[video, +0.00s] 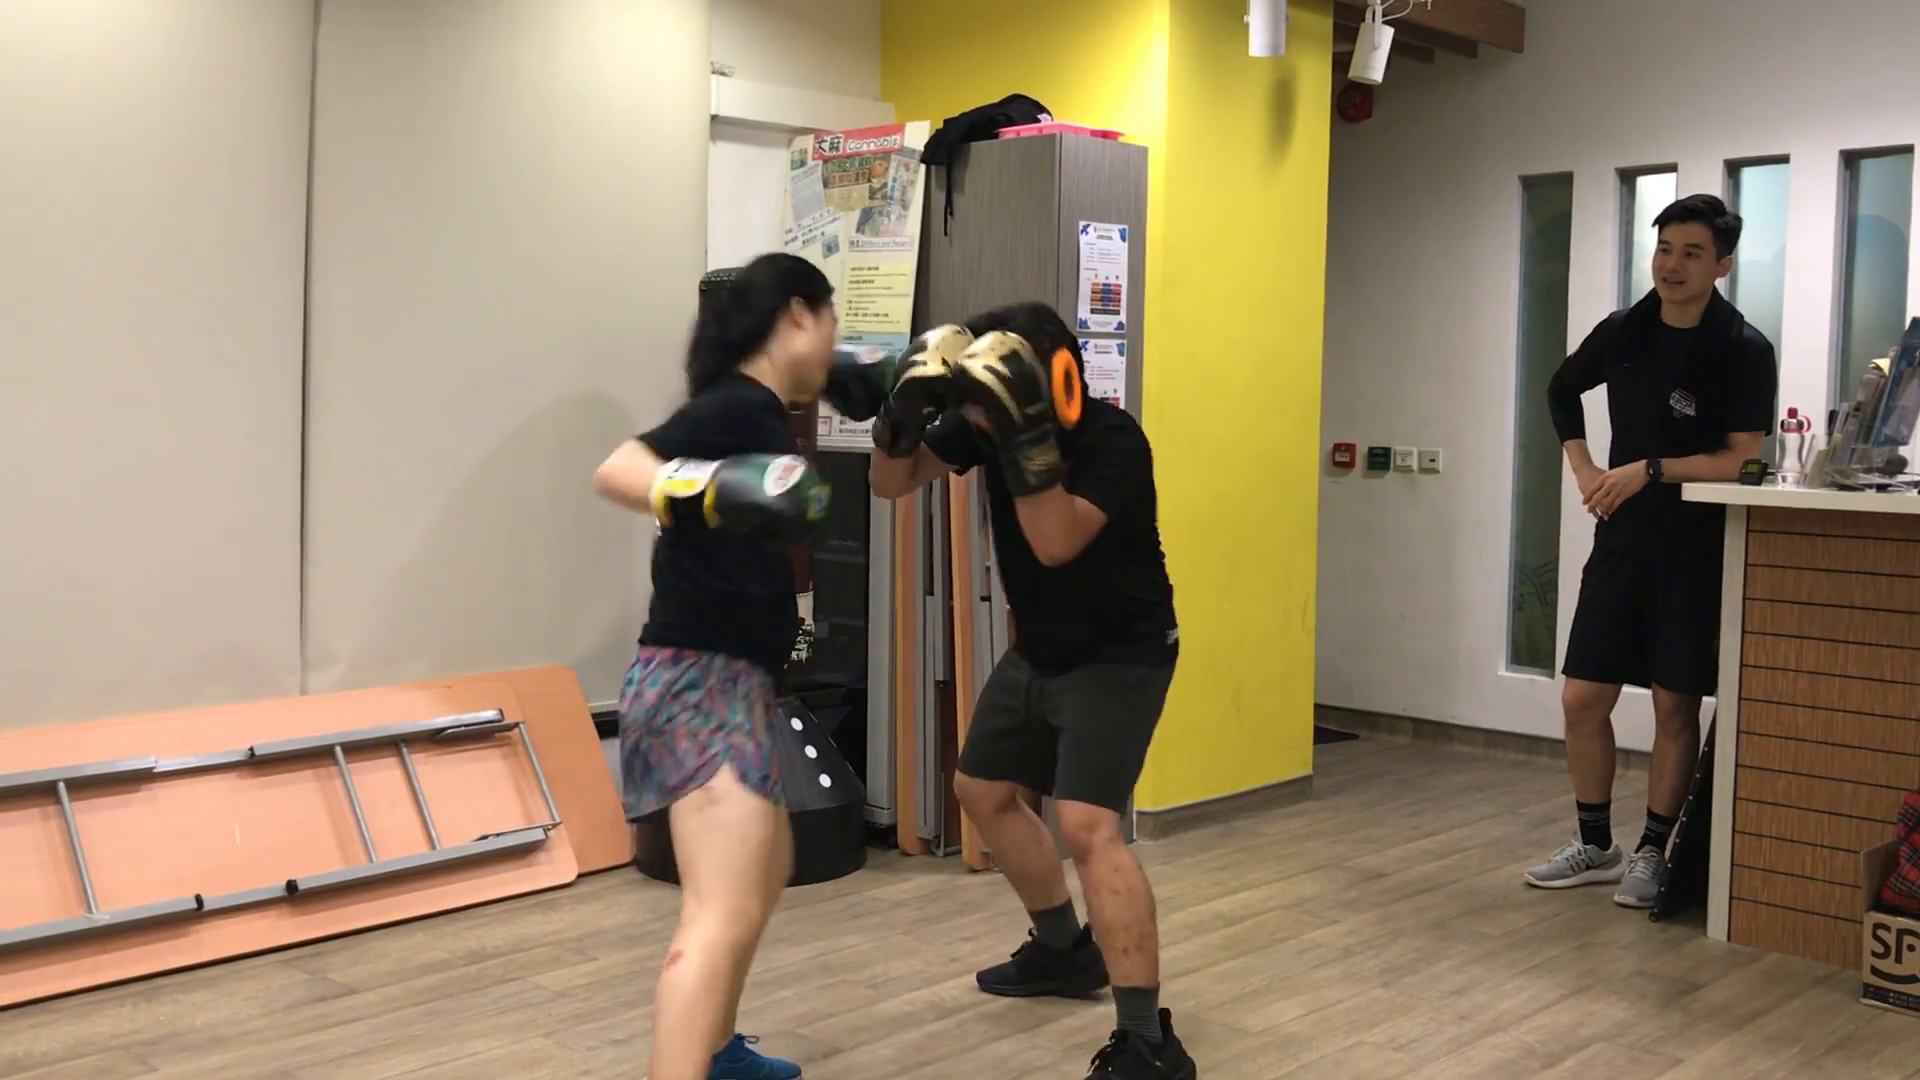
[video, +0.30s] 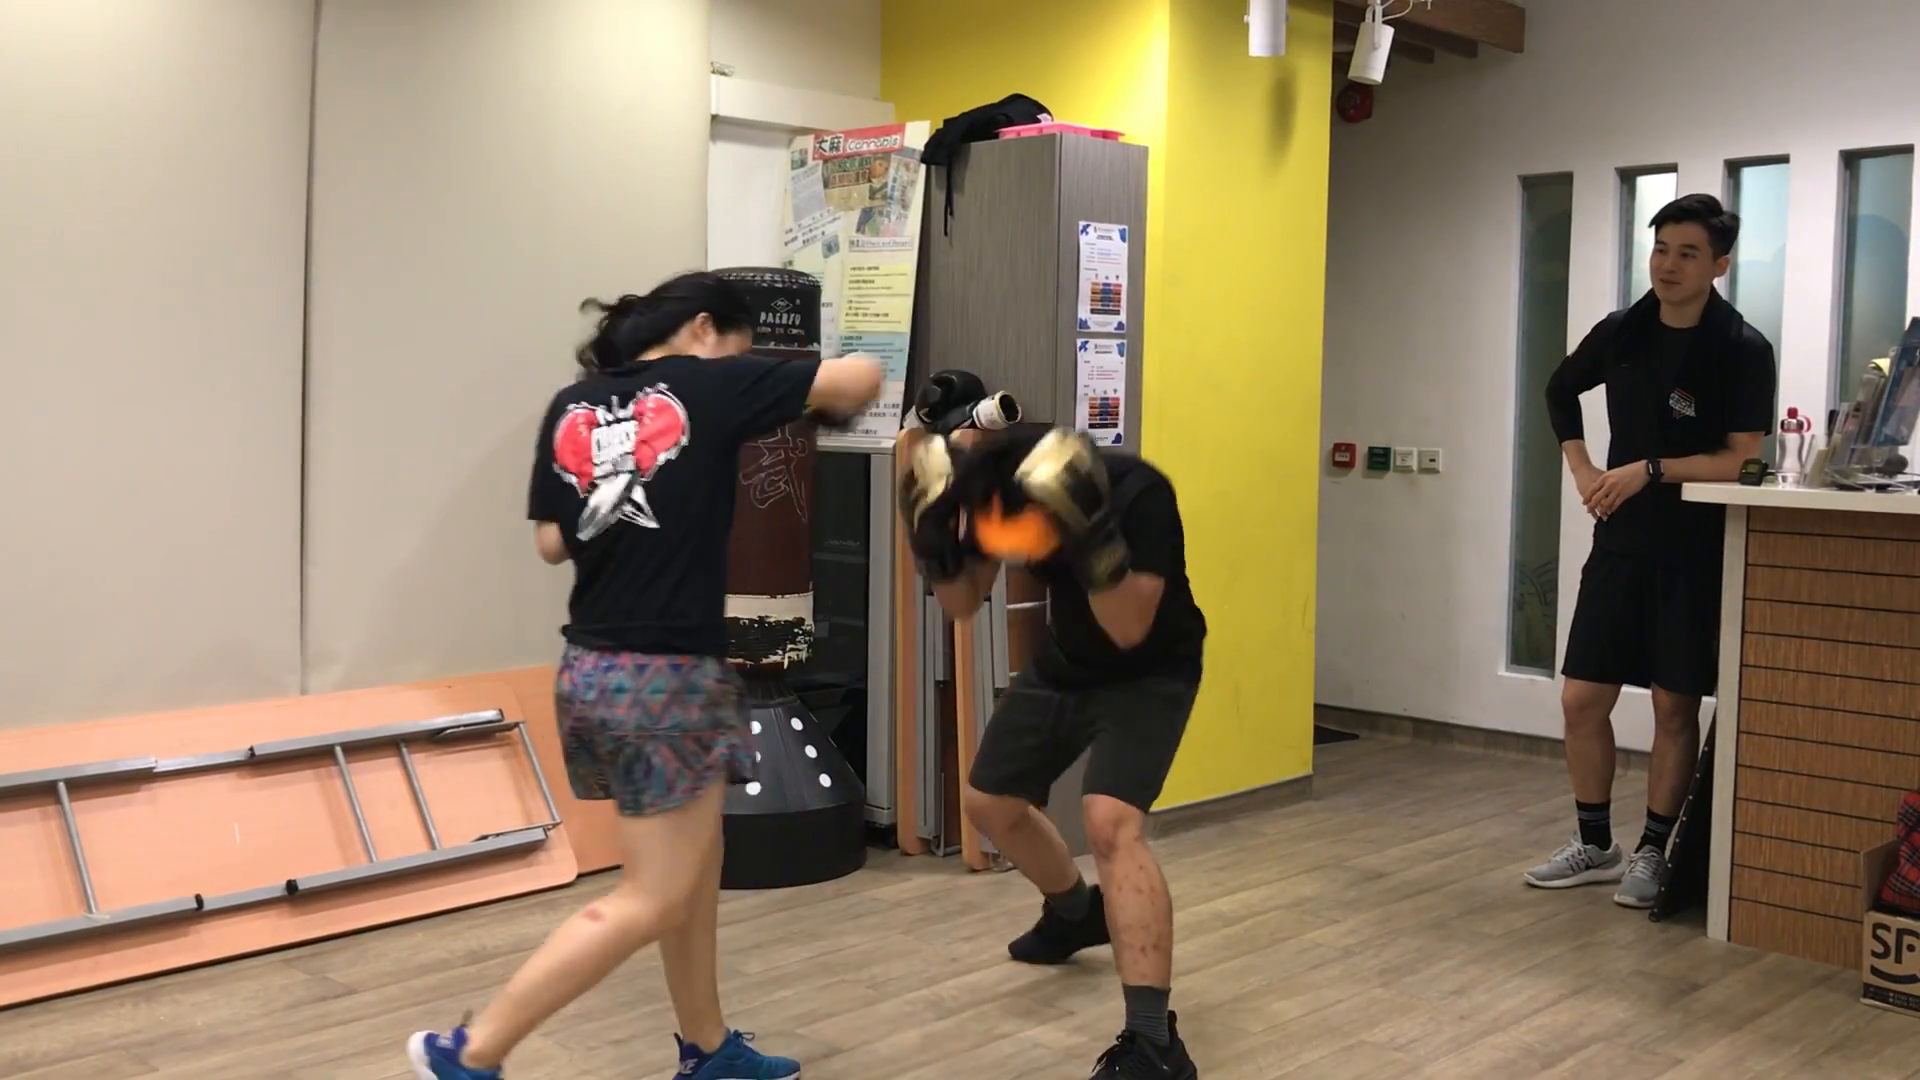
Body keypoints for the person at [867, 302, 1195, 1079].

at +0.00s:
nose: (995, 397)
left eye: (1008, 382)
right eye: (989, 385)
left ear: (1053, 376)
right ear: (985, 392)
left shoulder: (1113, 441)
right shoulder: (995, 433)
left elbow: (1056, 541)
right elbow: (892, 482)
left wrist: (1024, 439)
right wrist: (906, 412)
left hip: (1120, 657)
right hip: (1039, 653)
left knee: (1086, 820)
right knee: (984, 788)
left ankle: (1145, 1038)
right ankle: (1063, 948)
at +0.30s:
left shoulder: (1137, 490)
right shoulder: (996, 486)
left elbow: (1129, 626)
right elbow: (961, 604)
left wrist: (1091, 531)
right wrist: (932, 529)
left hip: (1152, 667)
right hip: (1064, 660)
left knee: (1112, 819)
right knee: (990, 804)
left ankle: (1151, 1042)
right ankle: (1075, 909)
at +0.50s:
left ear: (994, 552)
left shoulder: (1085, 556)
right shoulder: (1000, 562)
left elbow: (1053, 688)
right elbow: (955, 657)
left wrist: (977, 608)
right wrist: (902, 604)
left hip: (1176, 691)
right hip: (1085, 693)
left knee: (1103, 817)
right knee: (997, 800)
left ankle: (1153, 1038)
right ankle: (1089, 927)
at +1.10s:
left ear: (1028, 535)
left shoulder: (1140, 544)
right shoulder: (1053, 531)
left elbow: (1085, 682)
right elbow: (983, 632)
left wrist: (1011, 590)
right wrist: (947, 584)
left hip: (1211, 722)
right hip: (1148, 712)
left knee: (1064, 866)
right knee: (1100, 823)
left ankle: (1157, 1068)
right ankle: (1079, 929)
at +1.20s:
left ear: (1051, 473)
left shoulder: (1157, 512)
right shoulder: (1087, 496)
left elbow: (1078, 636)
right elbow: (1018, 589)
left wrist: (1010, 523)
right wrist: (973, 510)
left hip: (1234, 708)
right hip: (1176, 701)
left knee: (1077, 873)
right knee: (1143, 830)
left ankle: (1159, 1068)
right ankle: (1168, 967)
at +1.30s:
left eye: (1048, 427)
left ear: (1083, 418)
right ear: (1096, 400)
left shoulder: (1179, 462)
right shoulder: (1145, 442)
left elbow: (1061, 571)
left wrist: (1015, 451)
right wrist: (988, 423)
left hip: (1245, 702)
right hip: (1211, 693)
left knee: (1095, 882)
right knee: (1176, 845)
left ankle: (1162, 1071)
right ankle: (1275, 1012)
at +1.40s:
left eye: (1075, 372)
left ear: (1116, 365)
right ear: (1156, 337)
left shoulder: (1190, 429)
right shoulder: (1236, 395)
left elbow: (1051, 505)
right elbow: (1113, 467)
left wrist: (1036, 395)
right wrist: (1067, 389)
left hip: (1234, 700)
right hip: (1304, 688)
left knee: (1113, 876)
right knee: (1231, 872)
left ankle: (1165, 1069)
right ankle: (1361, 1050)